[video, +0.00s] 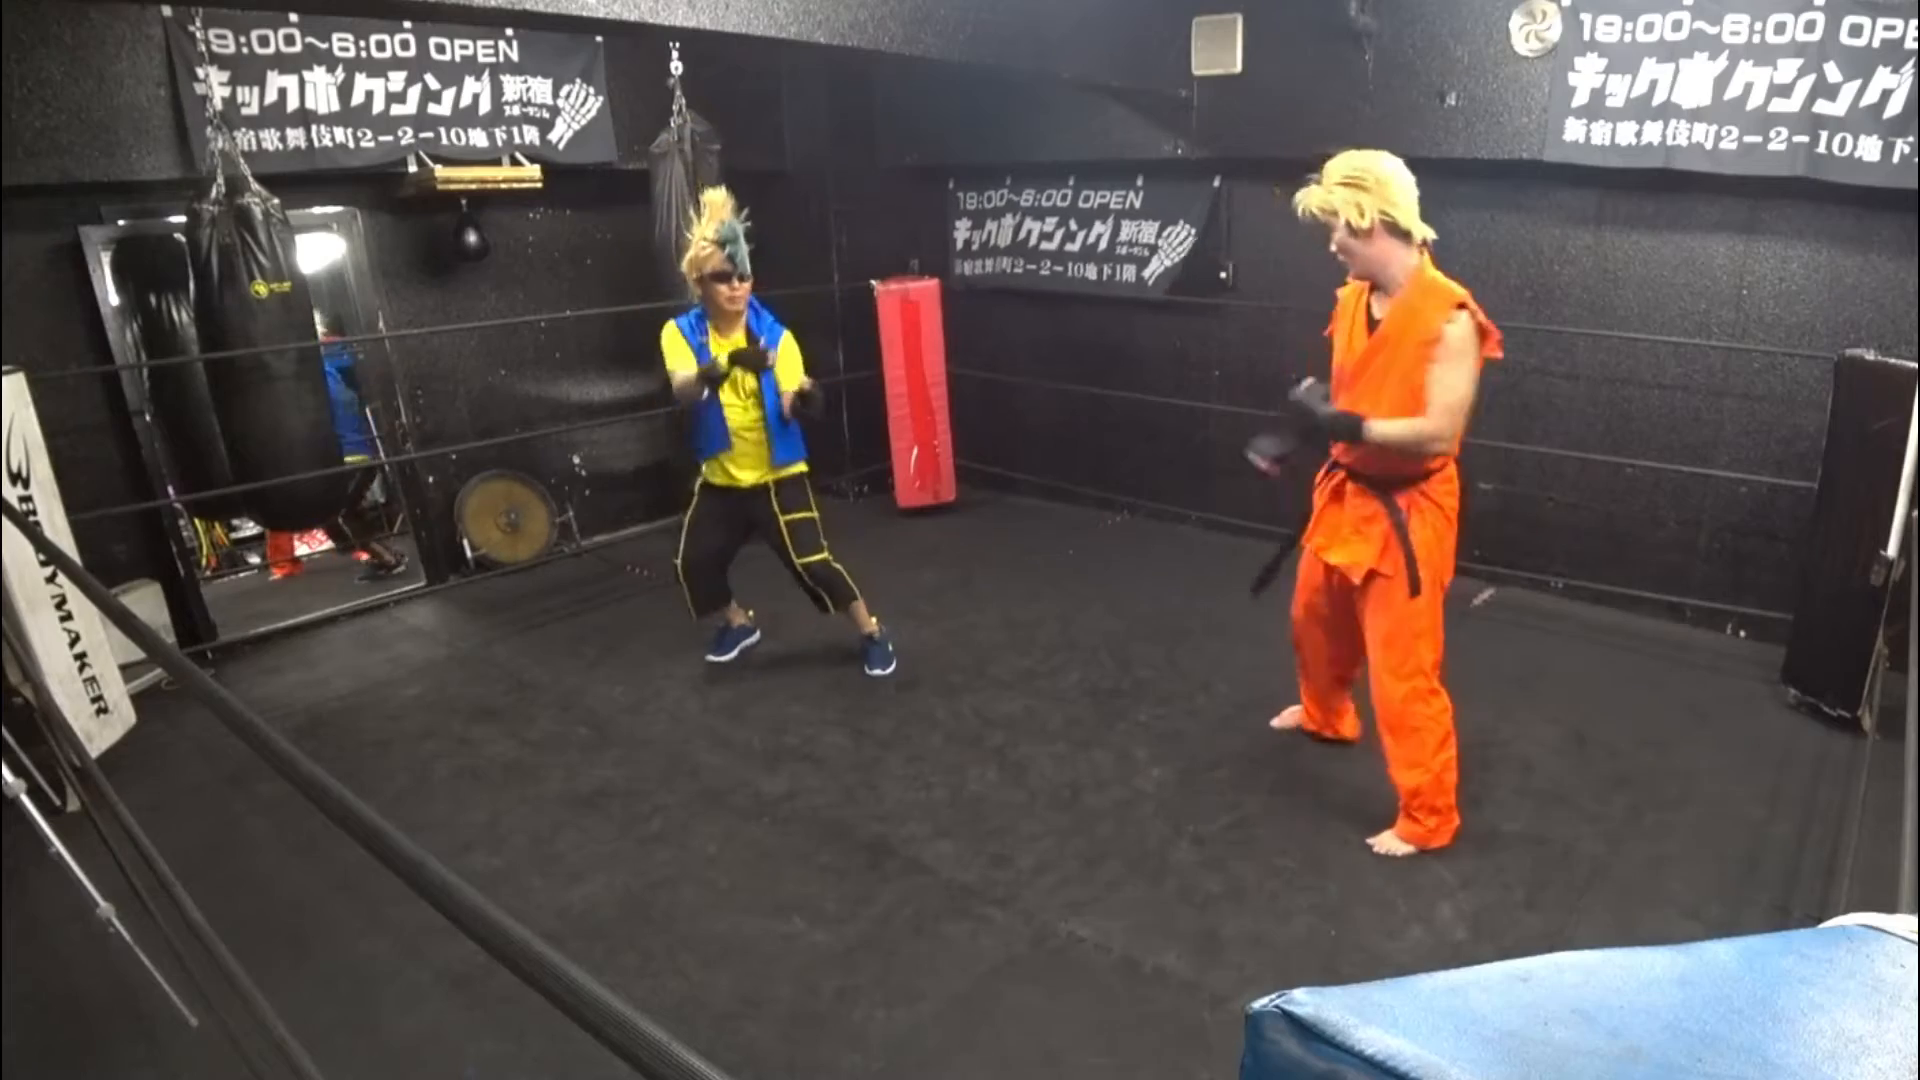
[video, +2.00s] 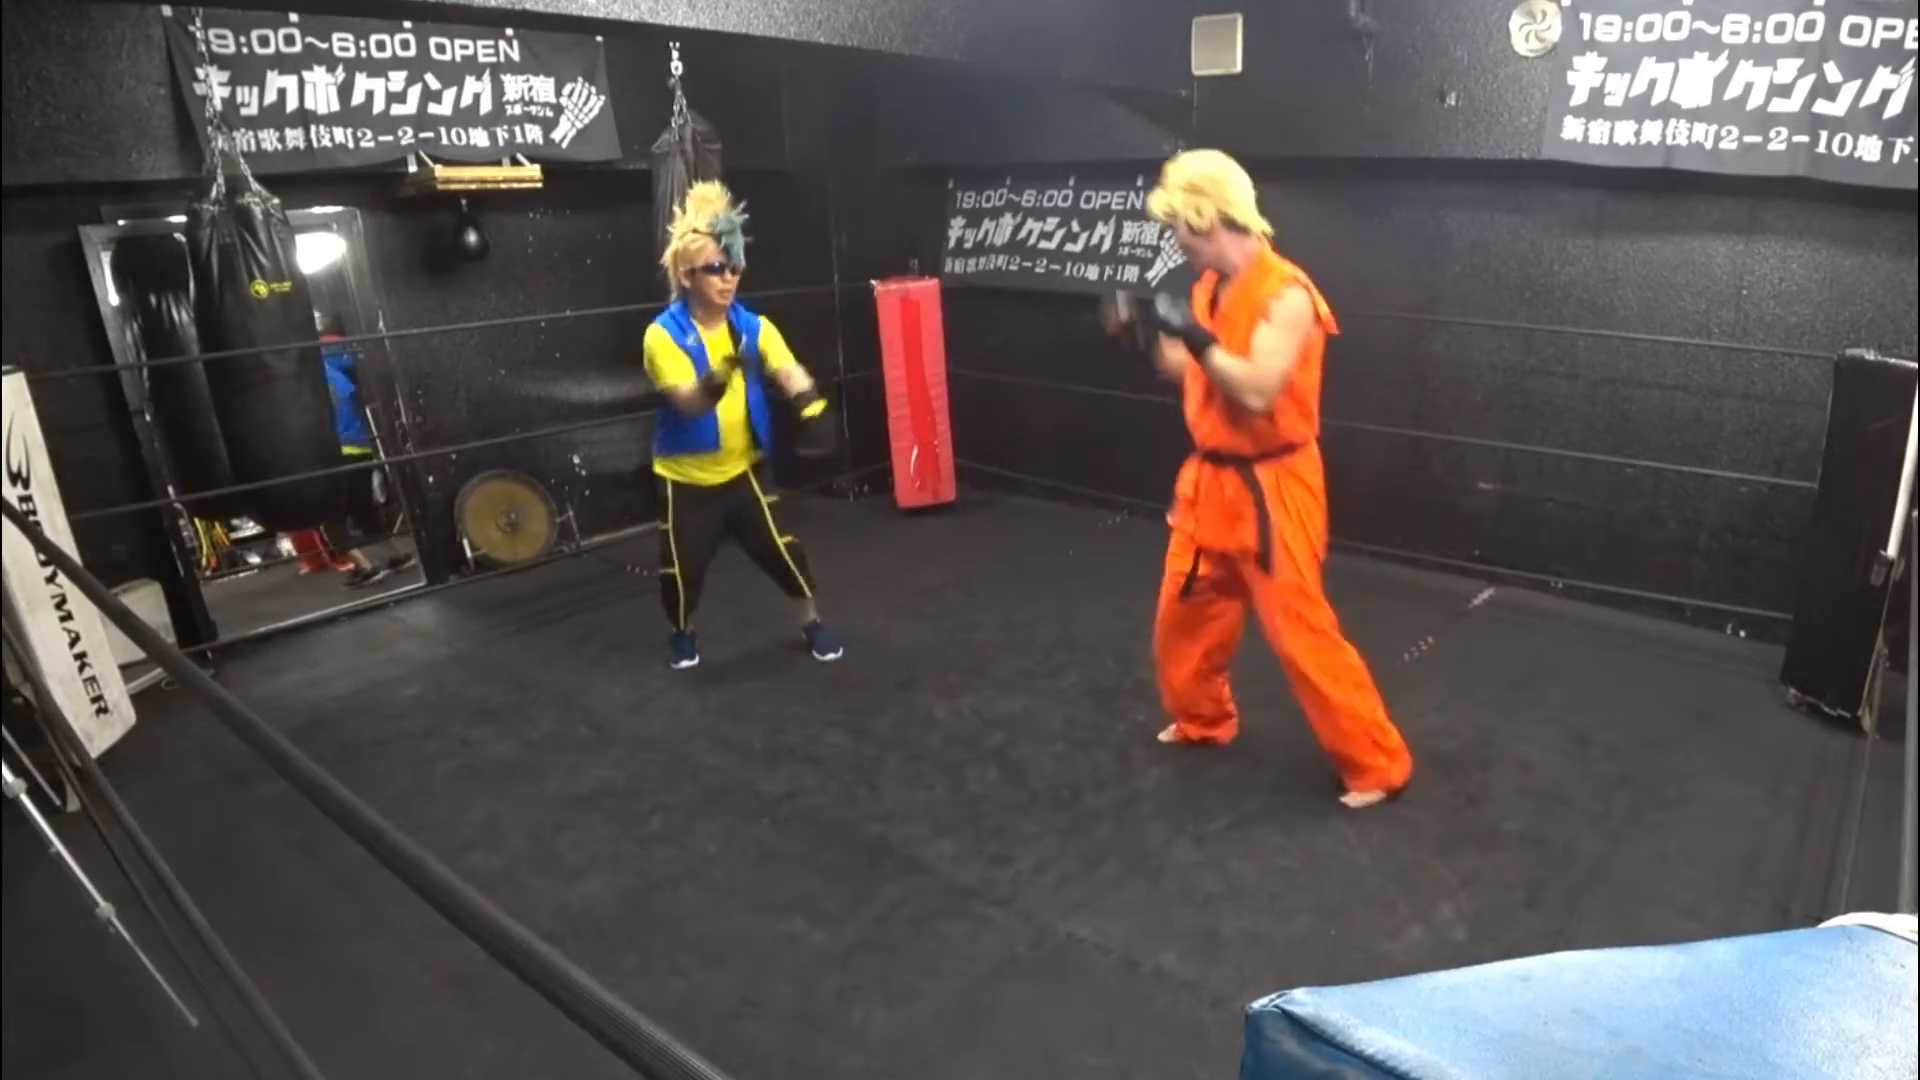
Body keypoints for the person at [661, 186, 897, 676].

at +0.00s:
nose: (736, 288)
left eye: (742, 277)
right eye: (723, 279)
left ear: (752, 281)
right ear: (700, 285)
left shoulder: (772, 333)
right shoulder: (680, 333)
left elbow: (794, 406)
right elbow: (682, 392)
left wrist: (804, 398)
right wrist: (722, 368)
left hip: (781, 475)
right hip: (721, 479)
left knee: (811, 563)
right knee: (696, 563)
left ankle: (870, 631)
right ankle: (736, 623)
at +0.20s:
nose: (721, 243)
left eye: (728, 232)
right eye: (709, 234)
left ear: (740, 235)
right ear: (687, 238)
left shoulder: (763, 288)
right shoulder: (668, 277)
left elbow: (799, 354)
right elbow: (659, 327)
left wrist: (789, 342)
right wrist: (698, 308)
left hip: (760, 428)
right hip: (699, 430)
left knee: (787, 523)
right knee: (694, 531)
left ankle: (829, 616)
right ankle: (727, 615)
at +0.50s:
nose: (715, 277)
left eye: (721, 267)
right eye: (703, 268)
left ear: (730, 269)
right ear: (680, 274)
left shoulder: (751, 323)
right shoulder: (660, 318)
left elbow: (791, 388)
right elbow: (639, 376)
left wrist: (816, 370)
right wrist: (669, 353)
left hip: (752, 458)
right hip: (693, 464)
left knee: (775, 543)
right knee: (687, 553)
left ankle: (806, 626)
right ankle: (714, 622)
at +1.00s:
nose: (731, 256)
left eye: (737, 244)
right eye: (718, 246)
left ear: (745, 247)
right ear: (691, 249)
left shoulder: (767, 295)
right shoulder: (669, 296)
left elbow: (810, 358)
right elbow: (664, 352)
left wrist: (818, 339)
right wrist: (700, 320)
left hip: (776, 444)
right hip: (713, 451)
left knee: (811, 539)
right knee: (687, 544)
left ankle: (867, 618)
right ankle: (708, 616)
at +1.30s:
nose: (739, 294)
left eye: (744, 283)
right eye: (726, 285)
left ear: (751, 286)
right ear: (697, 291)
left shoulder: (769, 339)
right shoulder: (677, 344)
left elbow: (815, 396)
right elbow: (658, 406)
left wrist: (839, 378)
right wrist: (682, 377)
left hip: (784, 486)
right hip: (721, 493)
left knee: (826, 566)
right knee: (685, 573)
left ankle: (892, 635)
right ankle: (695, 631)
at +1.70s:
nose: (737, 250)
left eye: (741, 240)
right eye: (723, 241)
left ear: (749, 242)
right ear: (694, 246)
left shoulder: (762, 291)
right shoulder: (667, 291)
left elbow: (802, 347)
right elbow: (664, 354)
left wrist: (808, 337)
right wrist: (705, 330)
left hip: (766, 440)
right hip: (701, 446)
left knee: (810, 533)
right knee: (683, 547)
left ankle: (847, 620)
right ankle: (688, 624)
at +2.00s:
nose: (728, 280)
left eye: (732, 269)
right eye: (715, 270)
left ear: (739, 272)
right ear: (686, 278)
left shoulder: (753, 326)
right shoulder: (663, 335)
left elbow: (789, 372)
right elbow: (686, 402)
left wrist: (810, 406)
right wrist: (722, 375)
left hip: (742, 470)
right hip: (685, 476)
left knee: (779, 546)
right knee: (681, 566)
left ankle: (813, 622)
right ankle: (682, 633)